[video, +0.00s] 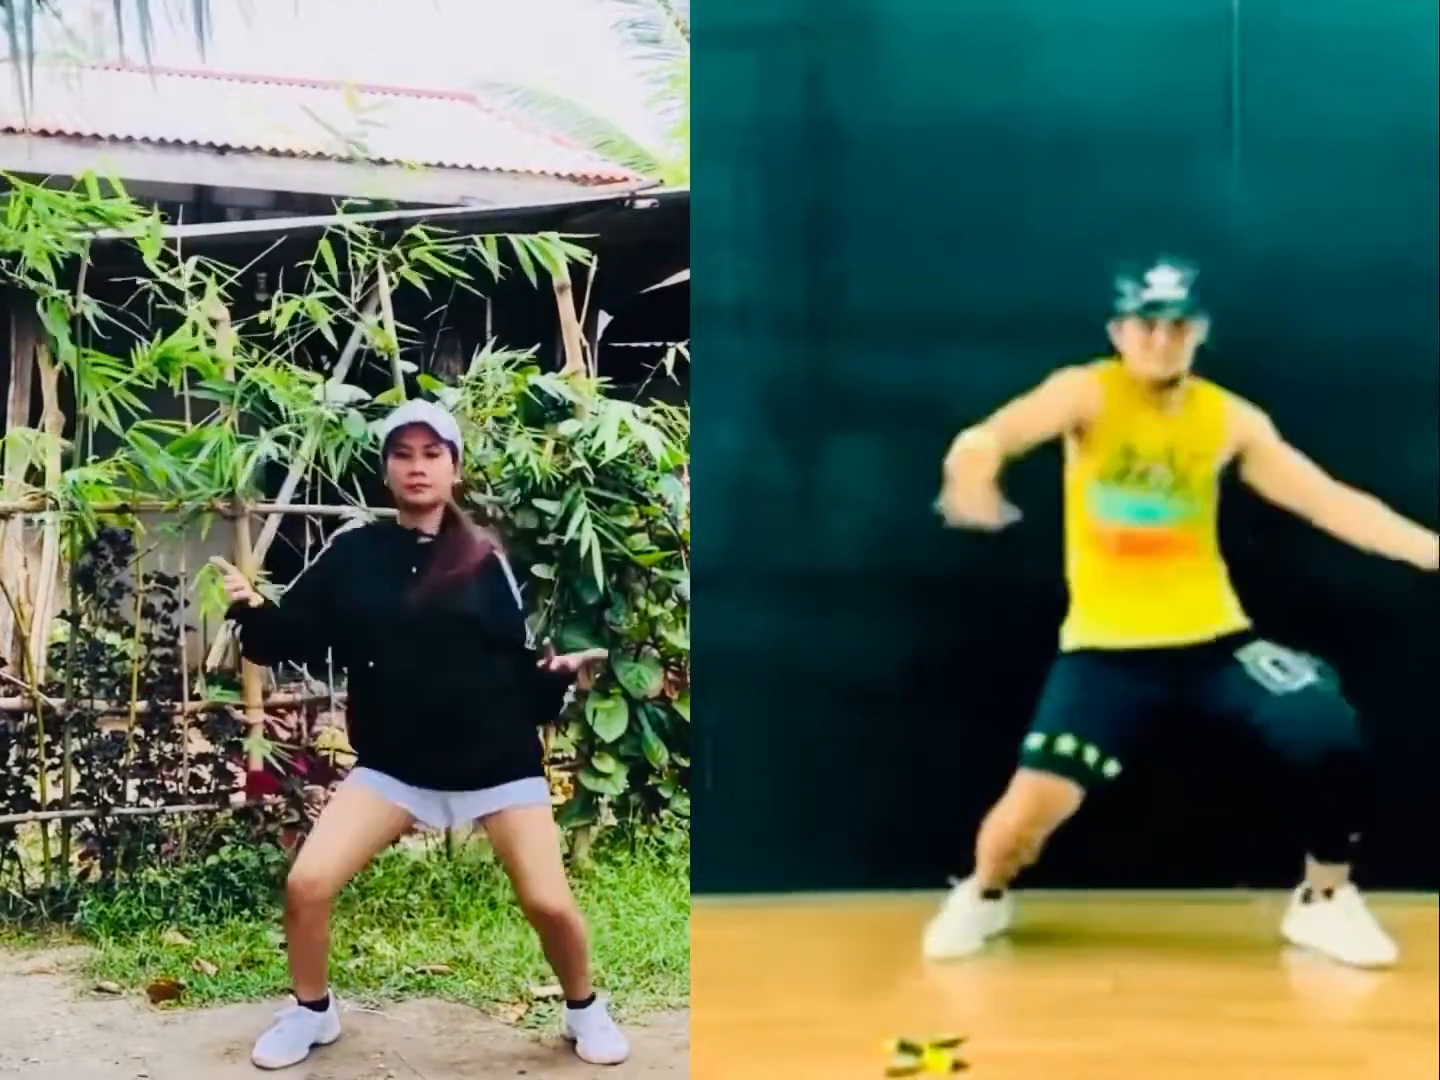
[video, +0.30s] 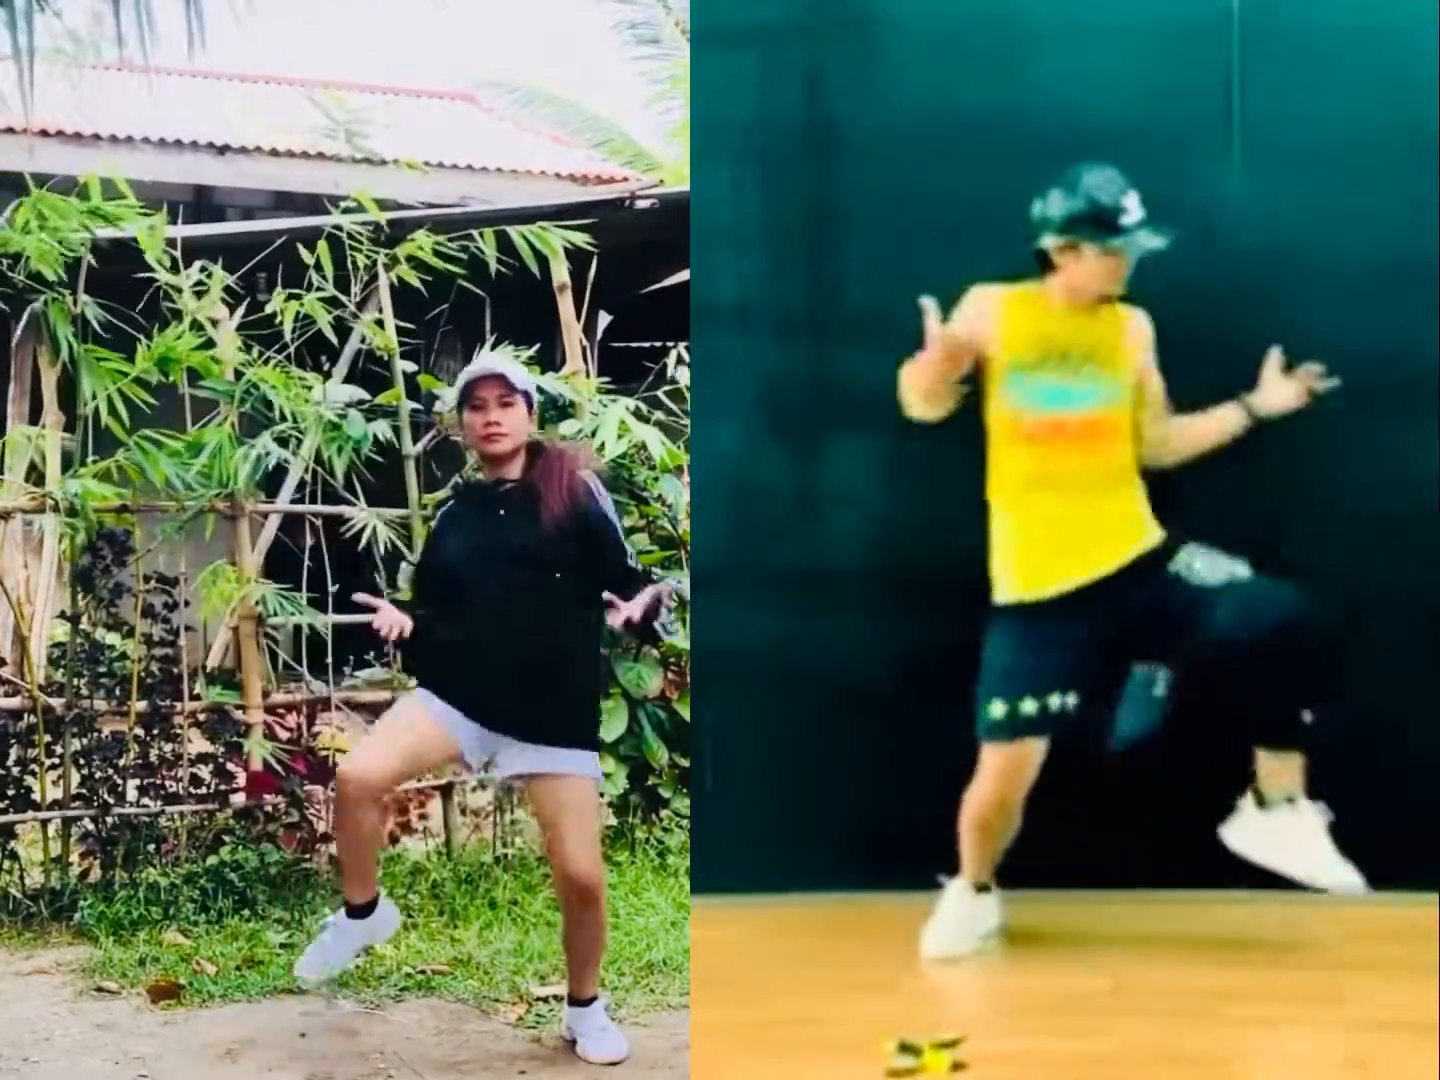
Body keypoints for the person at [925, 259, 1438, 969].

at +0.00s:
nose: (1161, 340)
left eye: (1177, 325)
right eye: (1146, 323)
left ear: (1199, 333)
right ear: (1117, 330)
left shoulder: (1230, 421)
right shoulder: (1083, 393)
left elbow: (1330, 503)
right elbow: (983, 442)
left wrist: (1430, 550)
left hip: (1215, 641)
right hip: (1104, 648)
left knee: (1328, 730)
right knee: (1032, 808)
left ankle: (1325, 900)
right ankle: (981, 898)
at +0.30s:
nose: (1124, 266)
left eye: (1128, 250)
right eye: (1109, 250)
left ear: (1126, 250)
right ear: (1059, 251)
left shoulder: (1130, 328)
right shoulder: (993, 312)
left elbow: (1157, 445)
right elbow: (920, 403)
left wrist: (1254, 406)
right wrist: (931, 367)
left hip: (1137, 565)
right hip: (1035, 590)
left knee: (1282, 623)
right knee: (1003, 777)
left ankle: (1277, 810)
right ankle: (972, 894)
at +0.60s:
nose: (1110, 228)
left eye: (1125, 213)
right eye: (1096, 208)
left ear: (1140, 219)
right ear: (1061, 208)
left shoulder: (1144, 285)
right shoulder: (1005, 280)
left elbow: (1137, 380)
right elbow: (965, 372)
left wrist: (1196, 353)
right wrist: (931, 357)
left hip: (1139, 522)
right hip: (1039, 548)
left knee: (1289, 554)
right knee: (1013, 738)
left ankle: (1285, 740)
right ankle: (968, 890)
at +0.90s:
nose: (1166, 312)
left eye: (1183, 295)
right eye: (1150, 294)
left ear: (1207, 302)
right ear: (1124, 299)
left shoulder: (1235, 377)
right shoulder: (1088, 365)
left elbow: (1319, 455)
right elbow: (998, 422)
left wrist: (1417, 488)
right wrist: (935, 440)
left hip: (1221, 620)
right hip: (1107, 627)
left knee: (1329, 734)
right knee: (1029, 782)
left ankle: (1331, 899)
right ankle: (1016, 894)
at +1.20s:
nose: (1257, 235)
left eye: (1270, 218)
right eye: (1240, 219)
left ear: (1291, 223)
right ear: (1211, 228)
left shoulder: (1323, 308)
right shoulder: (1183, 303)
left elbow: (1378, 409)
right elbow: (1139, 414)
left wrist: (1434, 382)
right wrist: (1114, 353)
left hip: (1290, 553)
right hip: (1183, 535)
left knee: (1351, 735)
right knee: (1079, 616)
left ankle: (1331, 896)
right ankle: (1033, 751)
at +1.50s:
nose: (1276, 259)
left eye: (1288, 240)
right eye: (1258, 244)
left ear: (1307, 241)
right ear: (1226, 250)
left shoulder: (1343, 304)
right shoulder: (1191, 327)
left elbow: (1371, 396)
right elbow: (1165, 447)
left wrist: (1390, 393)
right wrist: (1090, 415)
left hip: (1290, 573)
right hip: (1189, 545)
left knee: (1369, 728)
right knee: (1053, 639)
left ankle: (1332, 893)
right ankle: (1035, 771)